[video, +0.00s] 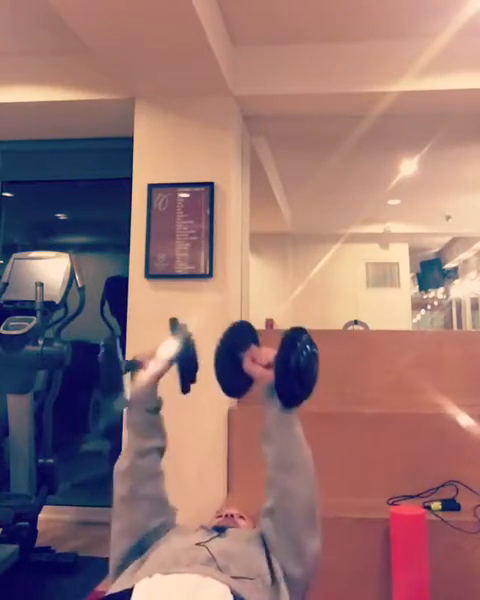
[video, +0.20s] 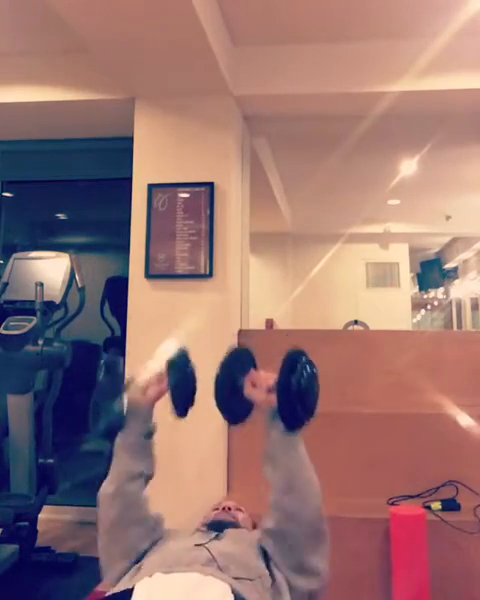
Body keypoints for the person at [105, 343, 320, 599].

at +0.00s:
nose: (228, 515)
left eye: (241, 518)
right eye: (221, 515)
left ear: (256, 532)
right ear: (204, 526)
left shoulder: (277, 559)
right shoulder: (149, 545)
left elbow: (293, 488)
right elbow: (137, 473)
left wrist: (274, 393)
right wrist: (143, 391)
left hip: (221, 589)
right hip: (143, 587)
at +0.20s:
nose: (226, 507)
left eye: (238, 510)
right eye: (218, 507)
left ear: (255, 529)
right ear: (199, 522)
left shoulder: (277, 561)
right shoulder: (144, 552)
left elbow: (299, 506)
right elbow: (120, 493)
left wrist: (277, 414)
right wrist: (139, 410)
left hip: (219, 589)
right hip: (145, 588)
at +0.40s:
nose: (226, 502)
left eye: (237, 503)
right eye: (217, 502)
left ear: (254, 525)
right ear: (199, 524)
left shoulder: (272, 551)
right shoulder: (157, 553)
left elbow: (331, 590)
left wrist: (300, 488)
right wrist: (112, 485)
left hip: (223, 589)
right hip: (153, 588)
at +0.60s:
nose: (227, 501)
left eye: (239, 501)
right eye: (219, 500)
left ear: (253, 518)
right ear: (202, 520)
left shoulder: (269, 555)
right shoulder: (159, 553)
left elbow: (315, 597)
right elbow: (109, 595)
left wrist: (307, 553)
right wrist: (106, 555)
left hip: (217, 590)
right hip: (150, 588)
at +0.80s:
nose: (223, 501)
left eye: (234, 502)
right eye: (214, 501)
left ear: (251, 522)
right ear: (197, 523)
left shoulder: (269, 557)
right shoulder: (154, 558)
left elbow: (317, 595)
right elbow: (99, 596)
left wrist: (303, 532)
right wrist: (107, 535)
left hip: (220, 590)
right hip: (147, 588)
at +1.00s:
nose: (223, 513)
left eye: (233, 515)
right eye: (215, 514)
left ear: (253, 531)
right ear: (196, 530)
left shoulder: (275, 553)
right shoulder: (154, 553)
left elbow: (329, 568)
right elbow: (88, 577)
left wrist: (293, 457)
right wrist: (117, 465)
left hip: (223, 590)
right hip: (149, 588)